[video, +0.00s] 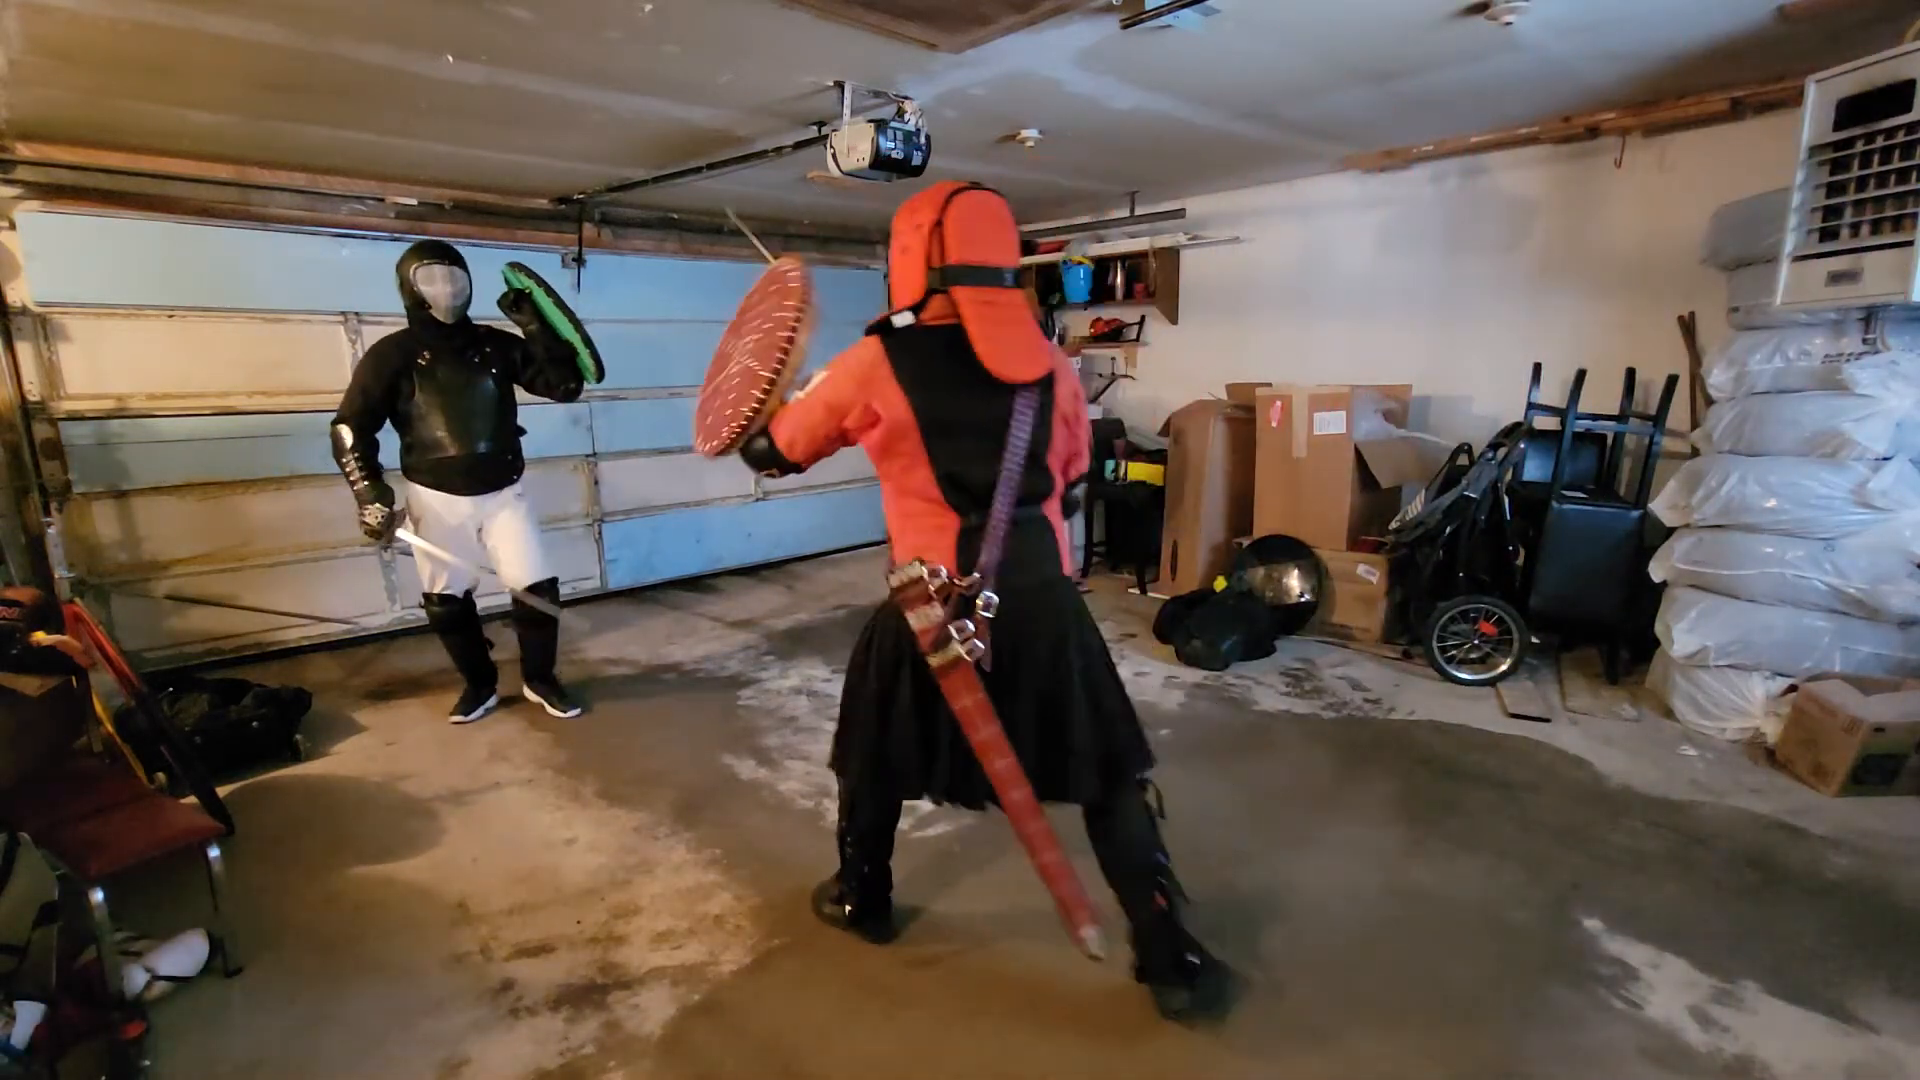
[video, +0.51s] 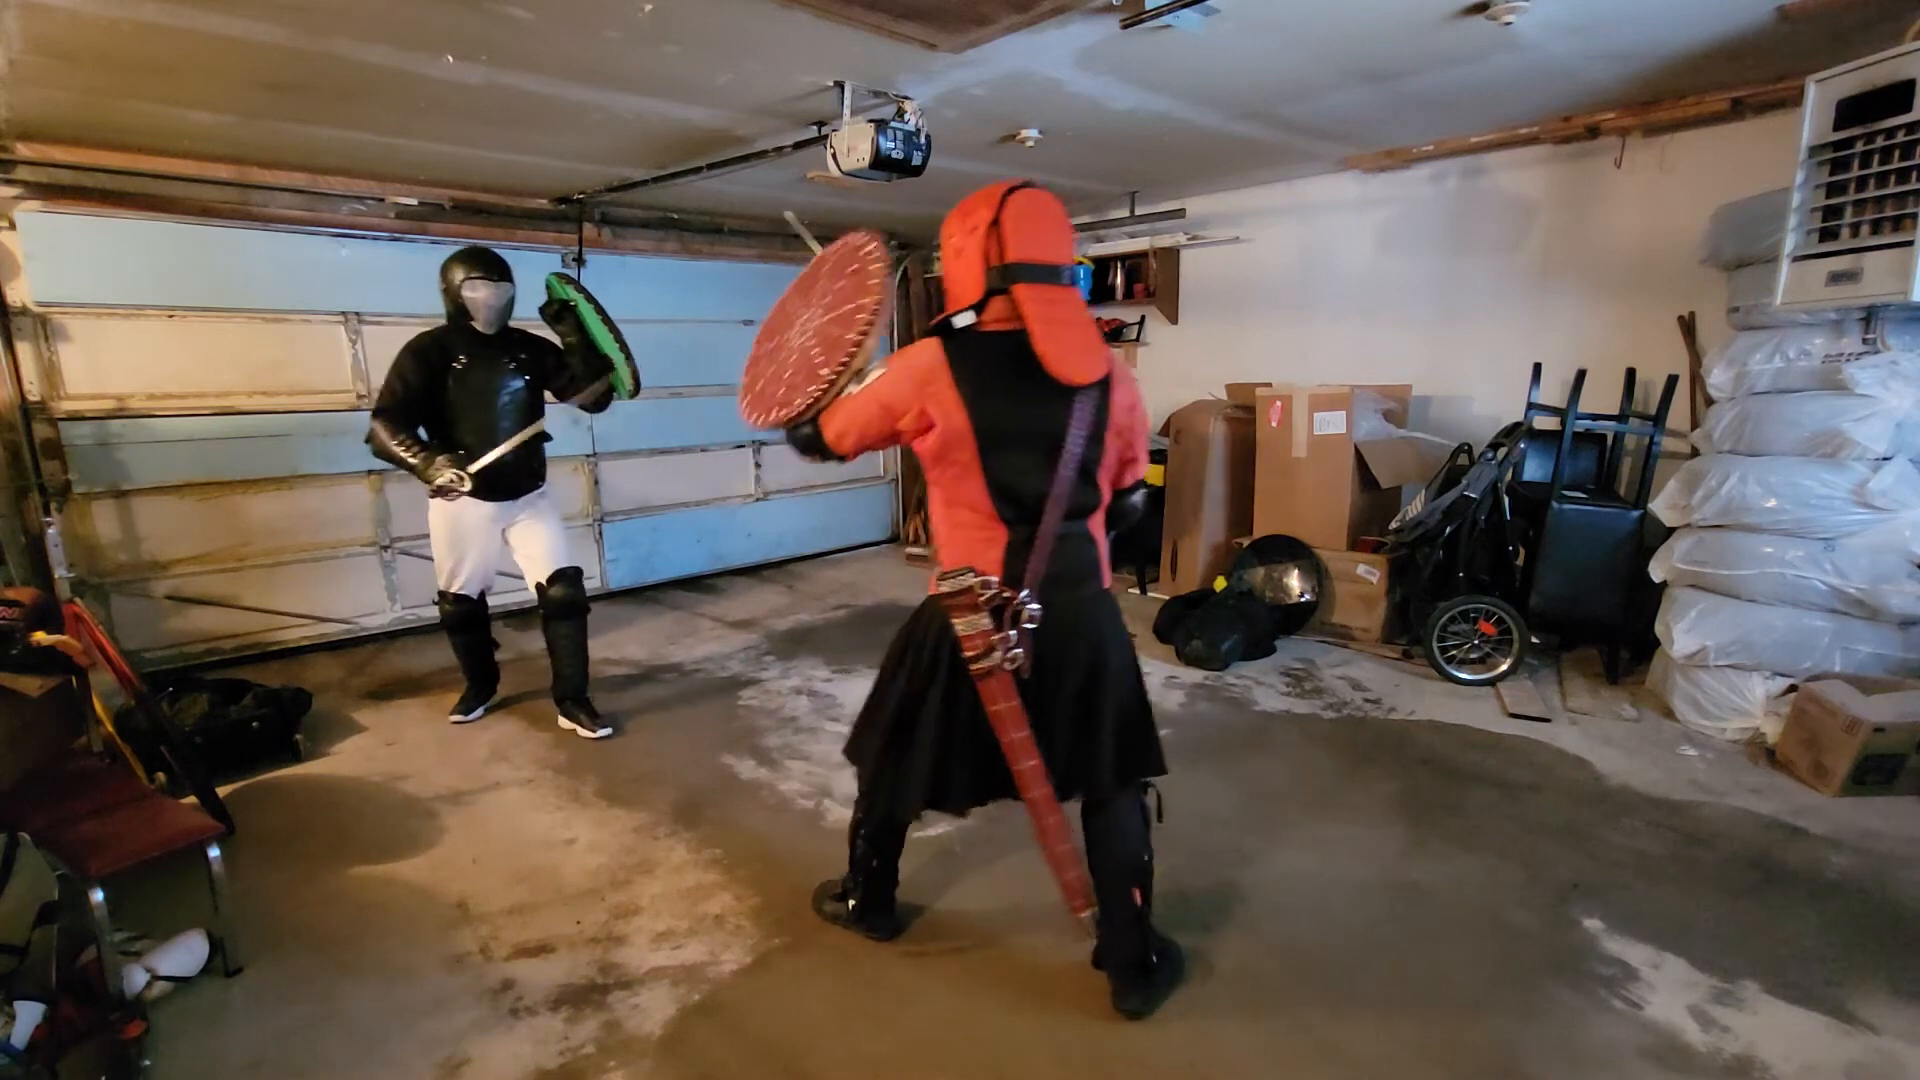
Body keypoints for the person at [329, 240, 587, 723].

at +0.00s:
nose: (446, 289)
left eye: (453, 277)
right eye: (432, 279)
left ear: (468, 282)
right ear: (410, 289)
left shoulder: (497, 346)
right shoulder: (392, 356)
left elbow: (565, 384)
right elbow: (349, 429)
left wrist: (535, 326)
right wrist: (371, 495)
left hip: (503, 496)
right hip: (435, 501)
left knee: (536, 586)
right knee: (446, 602)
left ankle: (540, 679)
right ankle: (480, 682)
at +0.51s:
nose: (499, 290)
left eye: (504, 282)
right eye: (486, 282)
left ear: (511, 289)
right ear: (458, 292)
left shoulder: (531, 349)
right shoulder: (428, 352)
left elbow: (593, 395)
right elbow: (384, 428)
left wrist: (573, 334)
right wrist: (428, 464)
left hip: (528, 498)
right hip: (460, 502)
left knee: (564, 590)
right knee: (459, 606)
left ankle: (572, 700)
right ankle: (480, 685)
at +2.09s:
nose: (488, 307)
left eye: (492, 297)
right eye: (475, 299)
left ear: (500, 301)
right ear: (452, 307)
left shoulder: (520, 356)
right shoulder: (428, 364)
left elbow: (581, 398)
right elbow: (382, 434)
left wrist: (557, 342)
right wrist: (416, 473)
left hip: (522, 493)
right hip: (458, 497)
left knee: (580, 573)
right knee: (451, 601)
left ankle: (628, 658)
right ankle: (468, 676)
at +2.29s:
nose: (535, 303)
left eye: (536, 295)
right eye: (524, 296)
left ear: (540, 302)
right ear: (498, 305)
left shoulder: (560, 357)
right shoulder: (469, 362)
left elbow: (616, 397)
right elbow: (429, 432)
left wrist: (588, 337)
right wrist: (458, 475)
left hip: (559, 490)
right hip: (494, 493)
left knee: (613, 570)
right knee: (472, 593)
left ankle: (641, 663)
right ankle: (469, 675)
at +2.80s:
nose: (593, 328)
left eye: (596, 319)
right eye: (582, 319)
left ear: (601, 326)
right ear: (556, 325)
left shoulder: (604, 381)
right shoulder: (523, 376)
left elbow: (654, 430)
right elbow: (481, 447)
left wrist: (642, 373)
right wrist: (520, 500)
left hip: (583, 504)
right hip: (522, 503)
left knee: (636, 573)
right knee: (490, 593)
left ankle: (642, 663)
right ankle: (477, 666)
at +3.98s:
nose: (601, 306)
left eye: (603, 297)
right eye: (591, 297)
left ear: (604, 301)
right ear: (563, 302)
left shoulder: (622, 362)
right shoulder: (535, 362)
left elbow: (674, 410)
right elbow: (513, 442)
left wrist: (669, 358)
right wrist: (554, 456)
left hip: (619, 494)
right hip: (556, 496)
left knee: (665, 573)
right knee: (539, 592)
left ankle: (685, 675)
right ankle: (534, 666)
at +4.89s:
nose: (643, 307)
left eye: (644, 298)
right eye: (633, 298)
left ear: (643, 304)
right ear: (603, 302)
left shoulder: (652, 362)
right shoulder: (570, 362)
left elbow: (694, 420)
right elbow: (547, 440)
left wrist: (695, 365)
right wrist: (603, 457)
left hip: (640, 494)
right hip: (581, 493)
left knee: (681, 576)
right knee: (558, 594)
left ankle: (686, 678)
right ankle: (556, 662)